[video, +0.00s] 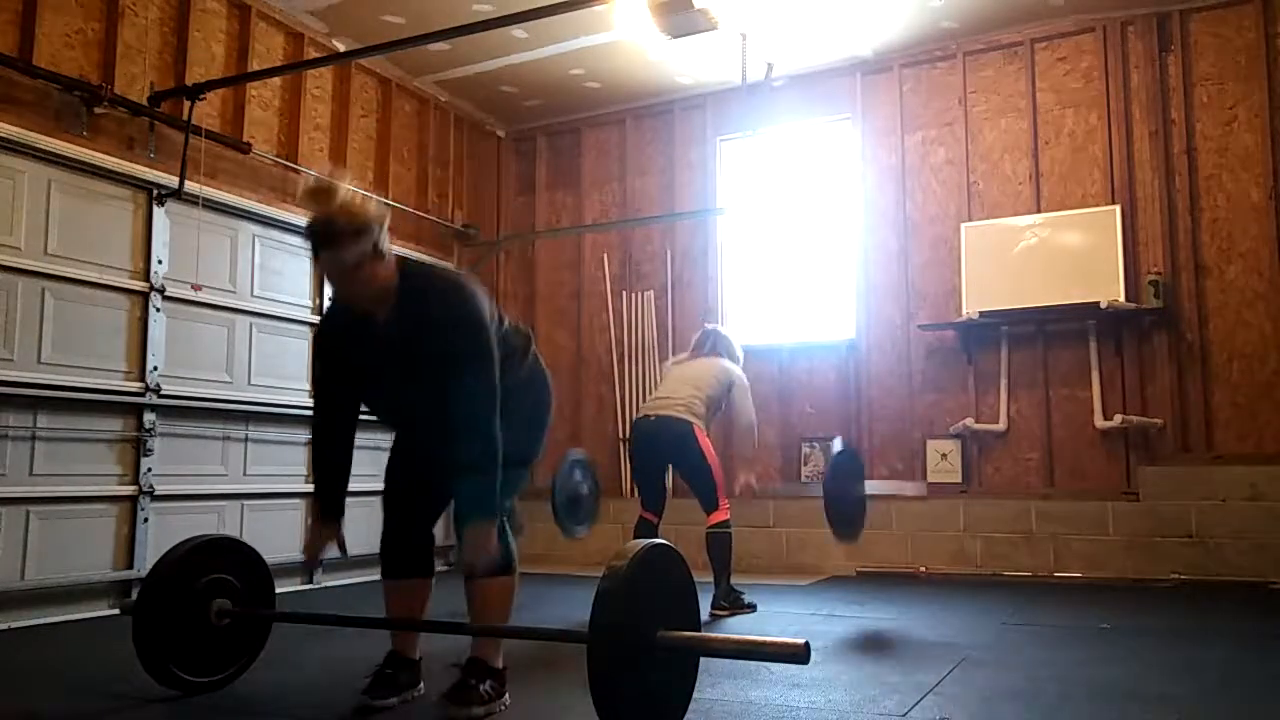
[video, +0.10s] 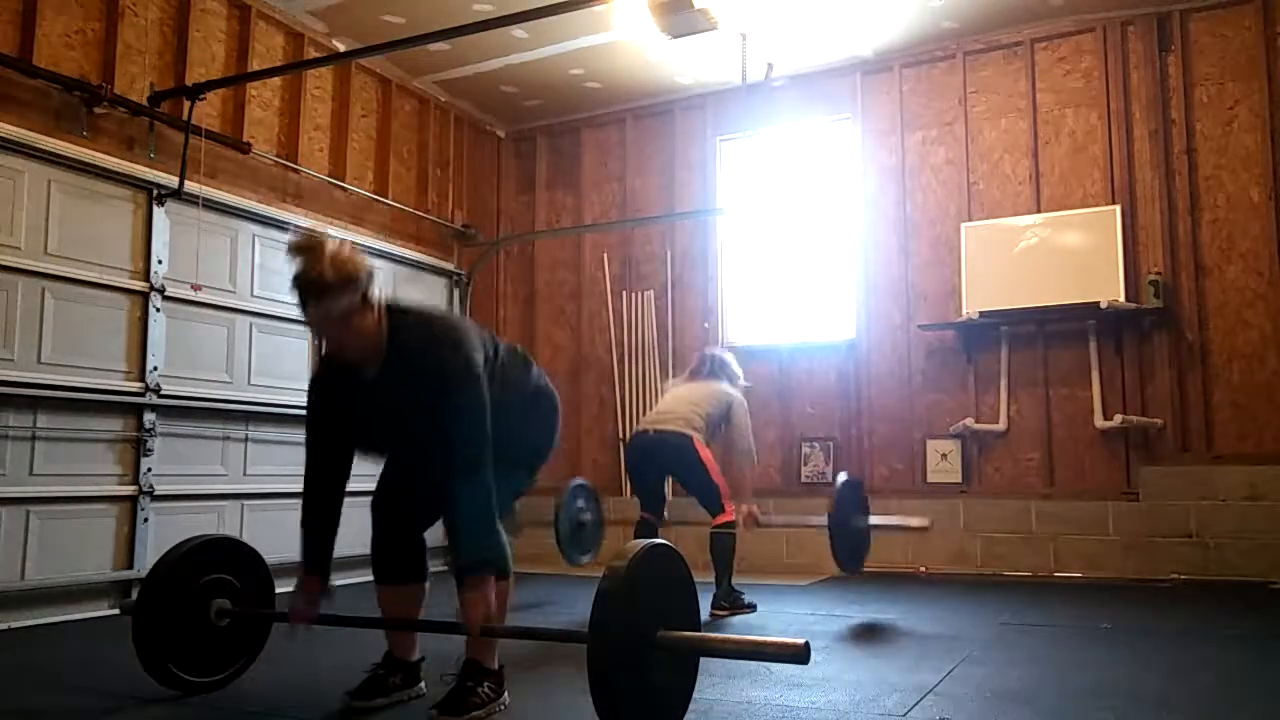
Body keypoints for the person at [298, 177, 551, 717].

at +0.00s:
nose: (346, 283)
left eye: (354, 268)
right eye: (334, 273)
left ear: (384, 254)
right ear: (323, 272)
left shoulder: (453, 300)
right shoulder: (337, 330)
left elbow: (476, 410)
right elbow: (332, 424)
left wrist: (480, 513)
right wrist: (325, 510)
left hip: (502, 408)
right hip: (425, 420)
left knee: (484, 524)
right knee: (403, 523)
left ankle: (487, 668)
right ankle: (403, 663)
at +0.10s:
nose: (333, 339)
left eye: (342, 321)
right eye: (321, 326)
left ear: (369, 306)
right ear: (311, 321)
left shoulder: (444, 346)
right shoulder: (333, 381)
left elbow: (470, 468)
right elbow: (323, 482)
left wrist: (478, 581)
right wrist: (313, 577)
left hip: (514, 418)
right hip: (432, 436)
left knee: (476, 532)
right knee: (392, 516)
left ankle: (483, 673)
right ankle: (402, 664)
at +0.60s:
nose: (334, 287)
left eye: (343, 270)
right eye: (323, 276)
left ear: (373, 258)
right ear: (315, 278)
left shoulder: (446, 302)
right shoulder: (337, 336)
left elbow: (483, 412)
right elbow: (330, 424)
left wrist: (488, 513)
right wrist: (318, 514)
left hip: (514, 395)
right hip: (434, 415)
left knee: (484, 521)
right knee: (406, 519)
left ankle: (485, 670)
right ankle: (402, 664)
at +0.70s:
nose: (351, 249)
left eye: (357, 232)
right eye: (335, 242)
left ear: (380, 216)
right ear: (322, 243)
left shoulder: (444, 267)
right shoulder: (340, 296)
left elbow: (500, 361)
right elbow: (335, 383)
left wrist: (499, 459)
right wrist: (325, 462)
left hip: (496, 393)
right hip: (428, 403)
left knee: (482, 513)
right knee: (407, 520)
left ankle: (485, 669)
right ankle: (403, 663)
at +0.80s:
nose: (348, 213)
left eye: (355, 196)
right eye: (333, 206)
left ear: (382, 183)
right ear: (320, 209)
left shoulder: (444, 233)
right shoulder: (339, 263)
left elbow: (509, 316)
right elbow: (335, 342)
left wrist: (506, 408)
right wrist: (330, 417)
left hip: (494, 381)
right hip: (425, 391)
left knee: (482, 507)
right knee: (412, 514)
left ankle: (488, 665)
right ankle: (404, 661)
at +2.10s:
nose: (363, 183)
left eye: (369, 166)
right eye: (347, 175)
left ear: (393, 146)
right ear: (330, 171)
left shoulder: (451, 194)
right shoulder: (345, 226)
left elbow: (525, 259)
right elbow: (336, 301)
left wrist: (502, 347)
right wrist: (327, 365)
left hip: (494, 371)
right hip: (425, 377)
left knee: (477, 515)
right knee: (404, 514)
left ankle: (486, 670)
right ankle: (403, 663)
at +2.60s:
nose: (325, 239)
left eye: (332, 224)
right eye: (316, 228)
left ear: (369, 205)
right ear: (313, 224)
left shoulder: (437, 253)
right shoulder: (332, 277)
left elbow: (491, 342)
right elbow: (328, 359)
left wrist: (491, 430)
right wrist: (318, 438)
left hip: (494, 393)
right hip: (422, 401)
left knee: (479, 517)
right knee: (402, 517)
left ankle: (485, 669)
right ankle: (403, 662)